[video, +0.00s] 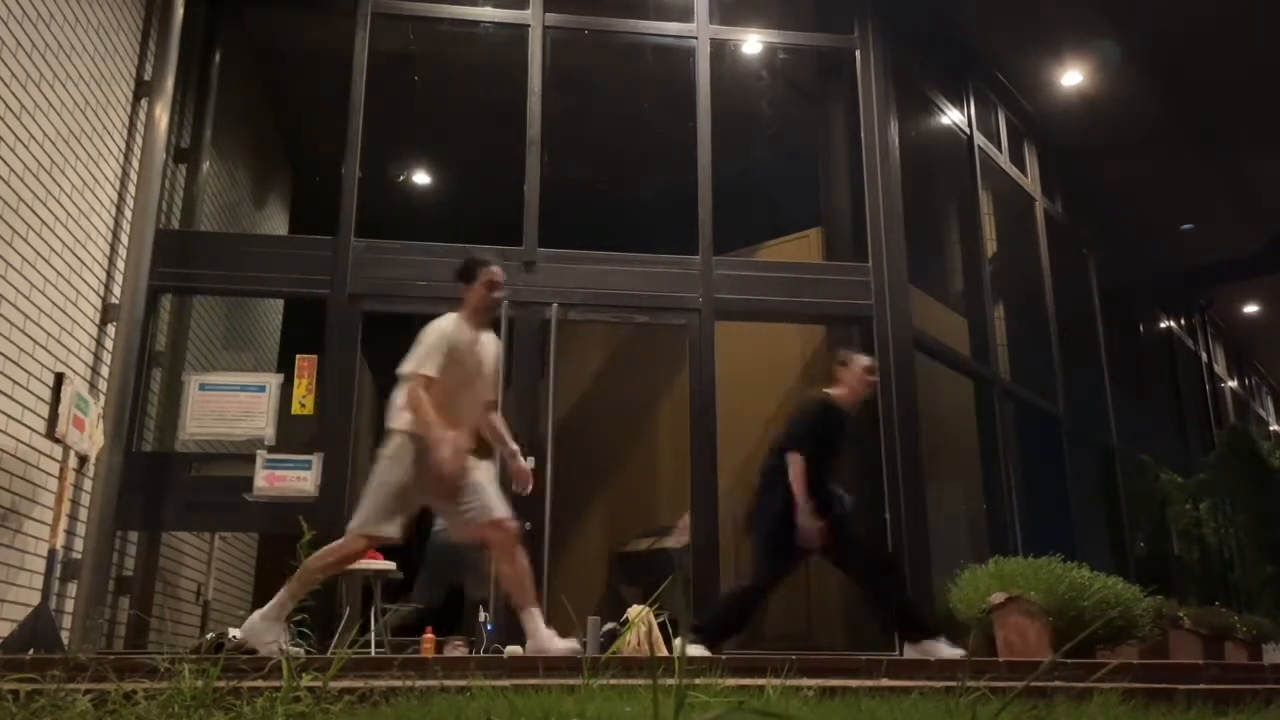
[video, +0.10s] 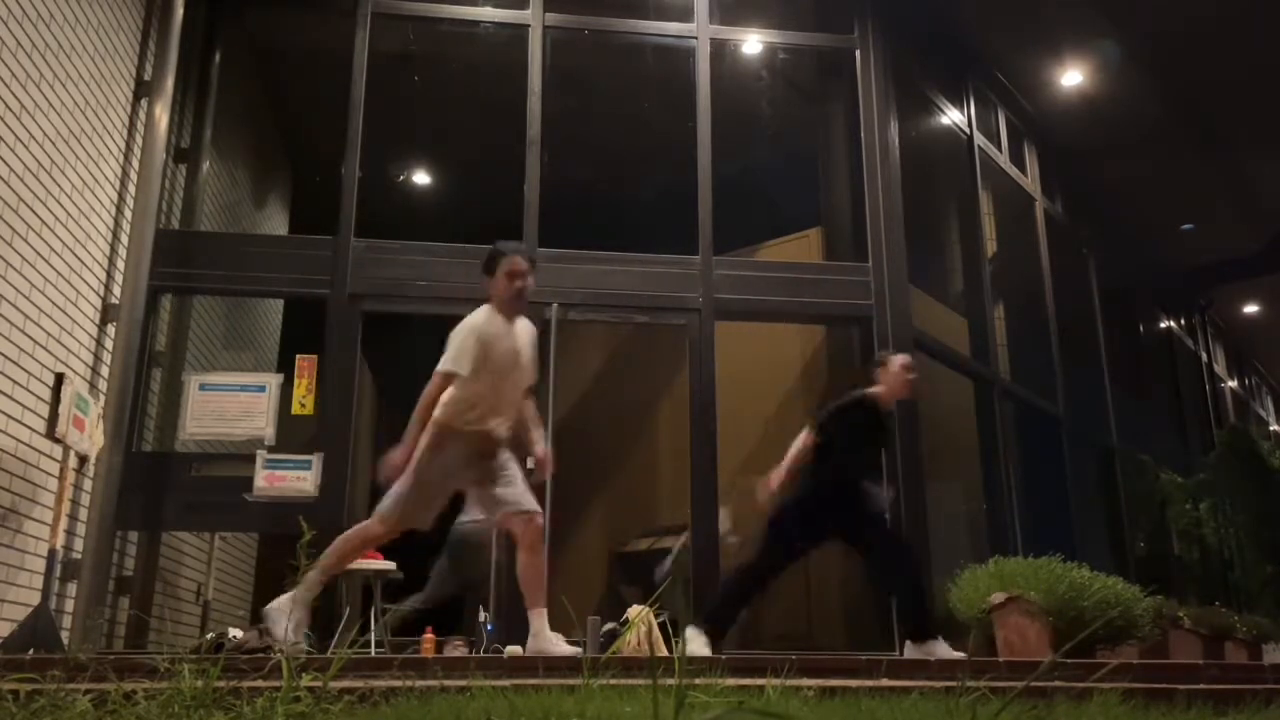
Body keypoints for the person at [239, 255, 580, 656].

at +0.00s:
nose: (499, 295)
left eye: (502, 288)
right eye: (492, 286)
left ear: (501, 292)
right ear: (467, 287)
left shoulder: (492, 344)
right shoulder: (443, 330)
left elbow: (487, 411)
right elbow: (415, 390)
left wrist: (513, 455)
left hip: (462, 456)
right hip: (410, 448)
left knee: (504, 534)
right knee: (359, 542)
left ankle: (539, 636)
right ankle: (267, 619)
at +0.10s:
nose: (522, 284)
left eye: (526, 277)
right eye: (512, 276)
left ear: (531, 282)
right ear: (491, 280)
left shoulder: (526, 331)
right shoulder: (475, 327)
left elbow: (523, 395)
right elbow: (437, 386)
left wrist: (537, 438)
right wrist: (406, 447)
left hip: (492, 447)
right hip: (446, 442)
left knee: (530, 525)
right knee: (383, 527)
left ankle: (540, 635)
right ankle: (294, 602)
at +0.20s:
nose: (533, 272)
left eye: (538, 264)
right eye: (523, 265)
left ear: (545, 267)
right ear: (505, 269)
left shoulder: (550, 315)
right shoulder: (490, 316)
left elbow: (560, 373)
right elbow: (444, 367)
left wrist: (568, 405)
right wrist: (407, 422)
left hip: (518, 434)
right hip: (473, 427)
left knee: (540, 526)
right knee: (414, 516)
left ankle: (540, 634)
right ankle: (331, 568)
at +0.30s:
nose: (532, 262)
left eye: (538, 253)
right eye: (523, 255)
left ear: (548, 256)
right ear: (508, 260)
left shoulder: (565, 305)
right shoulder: (495, 305)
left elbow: (588, 350)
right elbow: (451, 356)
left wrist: (586, 364)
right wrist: (416, 408)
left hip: (540, 424)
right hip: (493, 418)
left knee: (549, 524)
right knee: (436, 508)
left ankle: (541, 634)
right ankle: (365, 533)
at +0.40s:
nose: (530, 256)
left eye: (536, 248)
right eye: (522, 249)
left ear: (548, 250)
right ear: (509, 255)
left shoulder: (574, 296)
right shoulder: (498, 301)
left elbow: (610, 343)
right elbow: (461, 351)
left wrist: (605, 333)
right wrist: (434, 401)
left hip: (557, 421)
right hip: (506, 413)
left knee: (557, 523)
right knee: (450, 499)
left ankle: (542, 633)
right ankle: (410, 505)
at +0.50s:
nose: (528, 254)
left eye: (534, 245)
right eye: (520, 248)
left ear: (548, 246)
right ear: (508, 253)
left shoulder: (576, 290)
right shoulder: (501, 302)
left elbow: (613, 322)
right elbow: (473, 355)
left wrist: (576, 278)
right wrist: (451, 404)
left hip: (568, 414)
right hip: (514, 409)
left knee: (562, 522)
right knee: (455, 493)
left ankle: (545, 632)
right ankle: (471, 533)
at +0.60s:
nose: (527, 253)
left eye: (534, 244)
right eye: (519, 246)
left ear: (550, 246)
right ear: (510, 252)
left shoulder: (575, 282)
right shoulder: (505, 300)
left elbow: (603, 304)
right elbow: (485, 354)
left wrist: (569, 264)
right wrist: (469, 403)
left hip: (571, 409)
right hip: (516, 404)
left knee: (565, 521)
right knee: (459, 492)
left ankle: (550, 627)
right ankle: (513, 480)